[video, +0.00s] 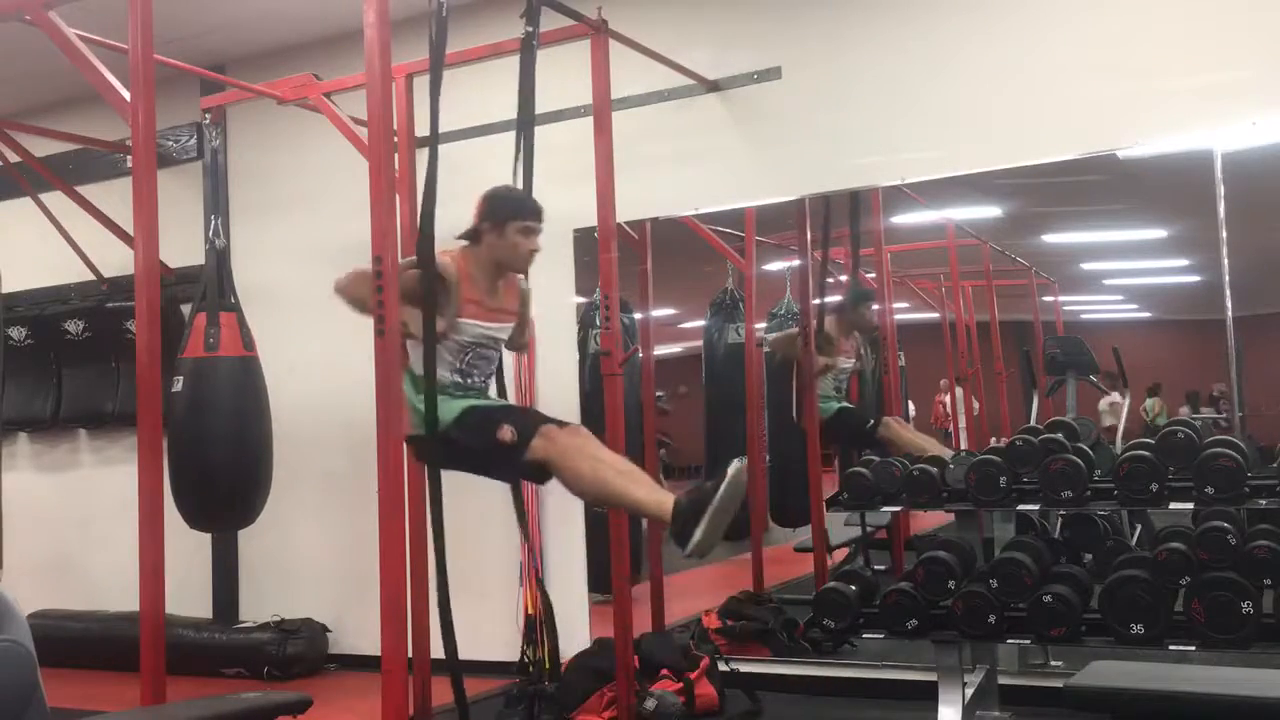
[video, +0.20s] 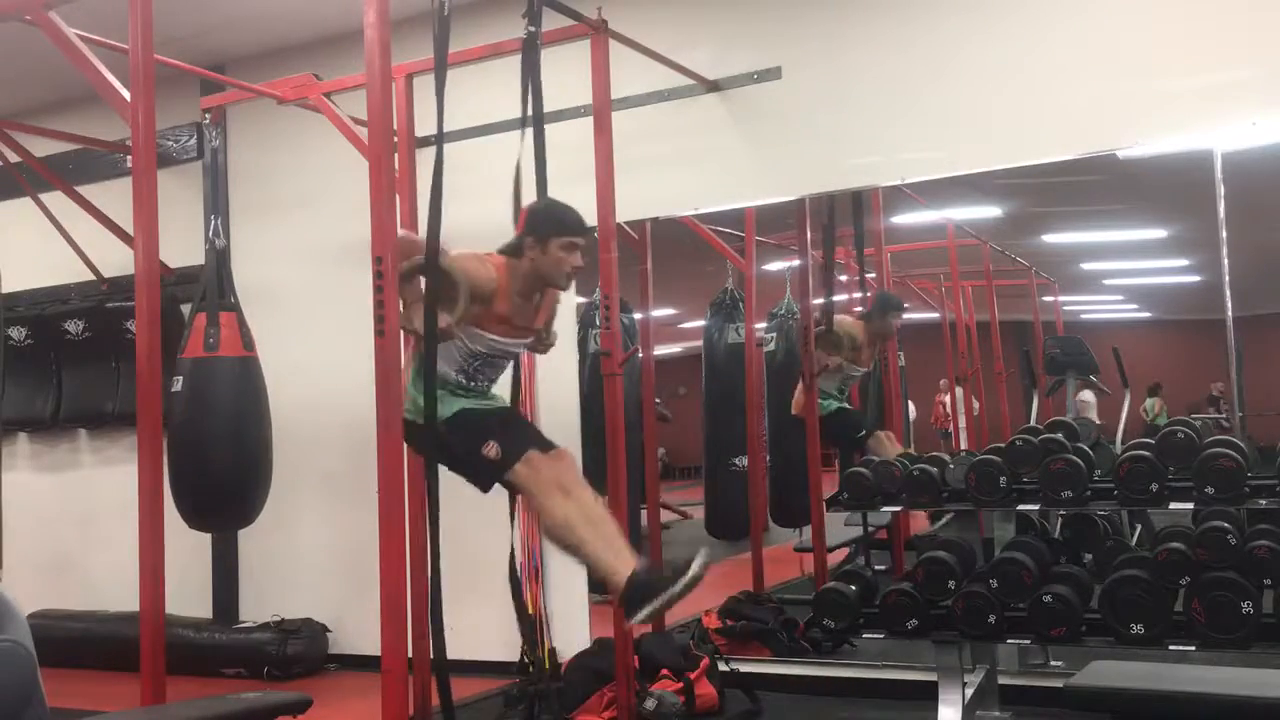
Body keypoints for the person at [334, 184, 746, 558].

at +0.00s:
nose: (535, 246)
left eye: (537, 235)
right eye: (526, 234)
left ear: (520, 237)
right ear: (488, 232)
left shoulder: (515, 291)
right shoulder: (443, 272)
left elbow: (518, 337)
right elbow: (349, 285)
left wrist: (522, 336)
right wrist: (402, 317)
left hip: (481, 411)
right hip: (432, 412)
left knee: (577, 434)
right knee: (555, 442)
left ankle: (681, 511)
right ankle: (675, 515)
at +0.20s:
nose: (578, 261)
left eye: (580, 250)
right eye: (568, 249)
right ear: (532, 250)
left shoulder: (549, 294)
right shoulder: (481, 273)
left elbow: (534, 329)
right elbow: (403, 253)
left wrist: (538, 339)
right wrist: (413, 312)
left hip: (478, 399)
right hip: (431, 399)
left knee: (561, 464)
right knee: (537, 473)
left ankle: (635, 578)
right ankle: (627, 583)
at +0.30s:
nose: (596, 265)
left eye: (599, 253)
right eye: (587, 253)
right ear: (550, 252)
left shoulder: (563, 298)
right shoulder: (499, 276)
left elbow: (539, 323)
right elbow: (422, 237)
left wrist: (547, 338)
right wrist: (413, 302)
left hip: (488, 402)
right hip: (439, 400)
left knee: (553, 489)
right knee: (524, 496)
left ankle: (606, 622)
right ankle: (593, 628)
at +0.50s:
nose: (623, 246)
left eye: (624, 235)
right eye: (612, 234)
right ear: (574, 234)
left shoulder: (586, 288)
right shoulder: (522, 267)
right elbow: (440, 229)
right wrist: (435, 304)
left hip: (504, 394)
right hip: (455, 391)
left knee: (546, 506)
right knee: (512, 509)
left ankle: (540, 652)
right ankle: (521, 662)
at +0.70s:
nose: (619, 192)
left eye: (622, 182)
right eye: (609, 182)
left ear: (612, 190)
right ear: (572, 184)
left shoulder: (592, 246)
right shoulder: (531, 232)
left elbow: (546, 291)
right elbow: (433, 229)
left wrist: (538, 329)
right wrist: (435, 306)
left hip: (507, 362)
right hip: (463, 355)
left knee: (549, 476)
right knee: (520, 477)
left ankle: (511, 613)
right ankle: (491, 621)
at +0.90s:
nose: (604, 127)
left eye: (607, 117)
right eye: (594, 116)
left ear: (598, 126)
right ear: (558, 120)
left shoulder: (584, 188)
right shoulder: (523, 181)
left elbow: (547, 255)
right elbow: (437, 225)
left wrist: (549, 311)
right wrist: (429, 286)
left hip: (519, 336)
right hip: (473, 330)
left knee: (529, 455)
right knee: (505, 450)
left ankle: (494, 590)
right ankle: (477, 590)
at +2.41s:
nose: (605, 203)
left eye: (606, 192)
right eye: (595, 192)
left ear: (591, 199)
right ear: (557, 194)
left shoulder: (573, 247)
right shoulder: (515, 237)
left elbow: (513, 281)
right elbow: (416, 235)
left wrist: (540, 324)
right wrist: (427, 315)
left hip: (513, 383)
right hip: (467, 381)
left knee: (524, 516)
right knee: (493, 516)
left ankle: (524, 649)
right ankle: (502, 657)